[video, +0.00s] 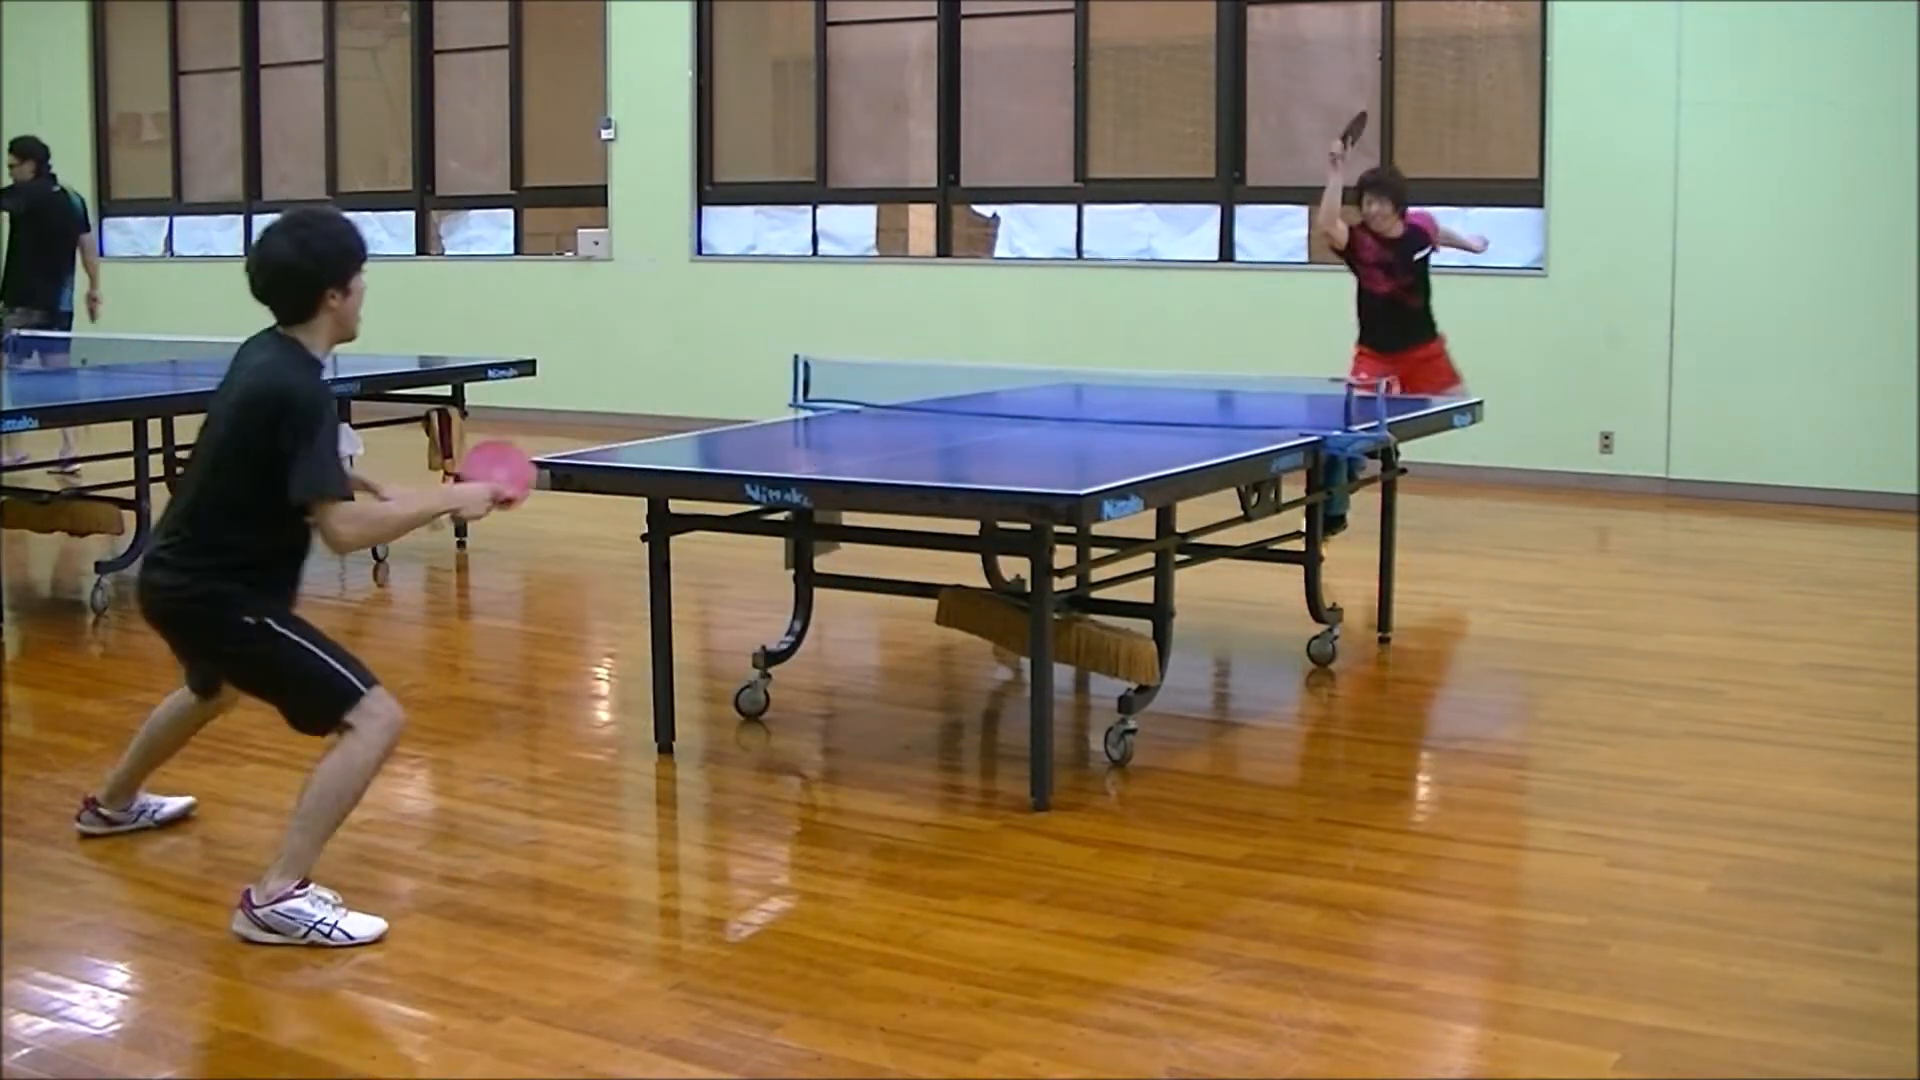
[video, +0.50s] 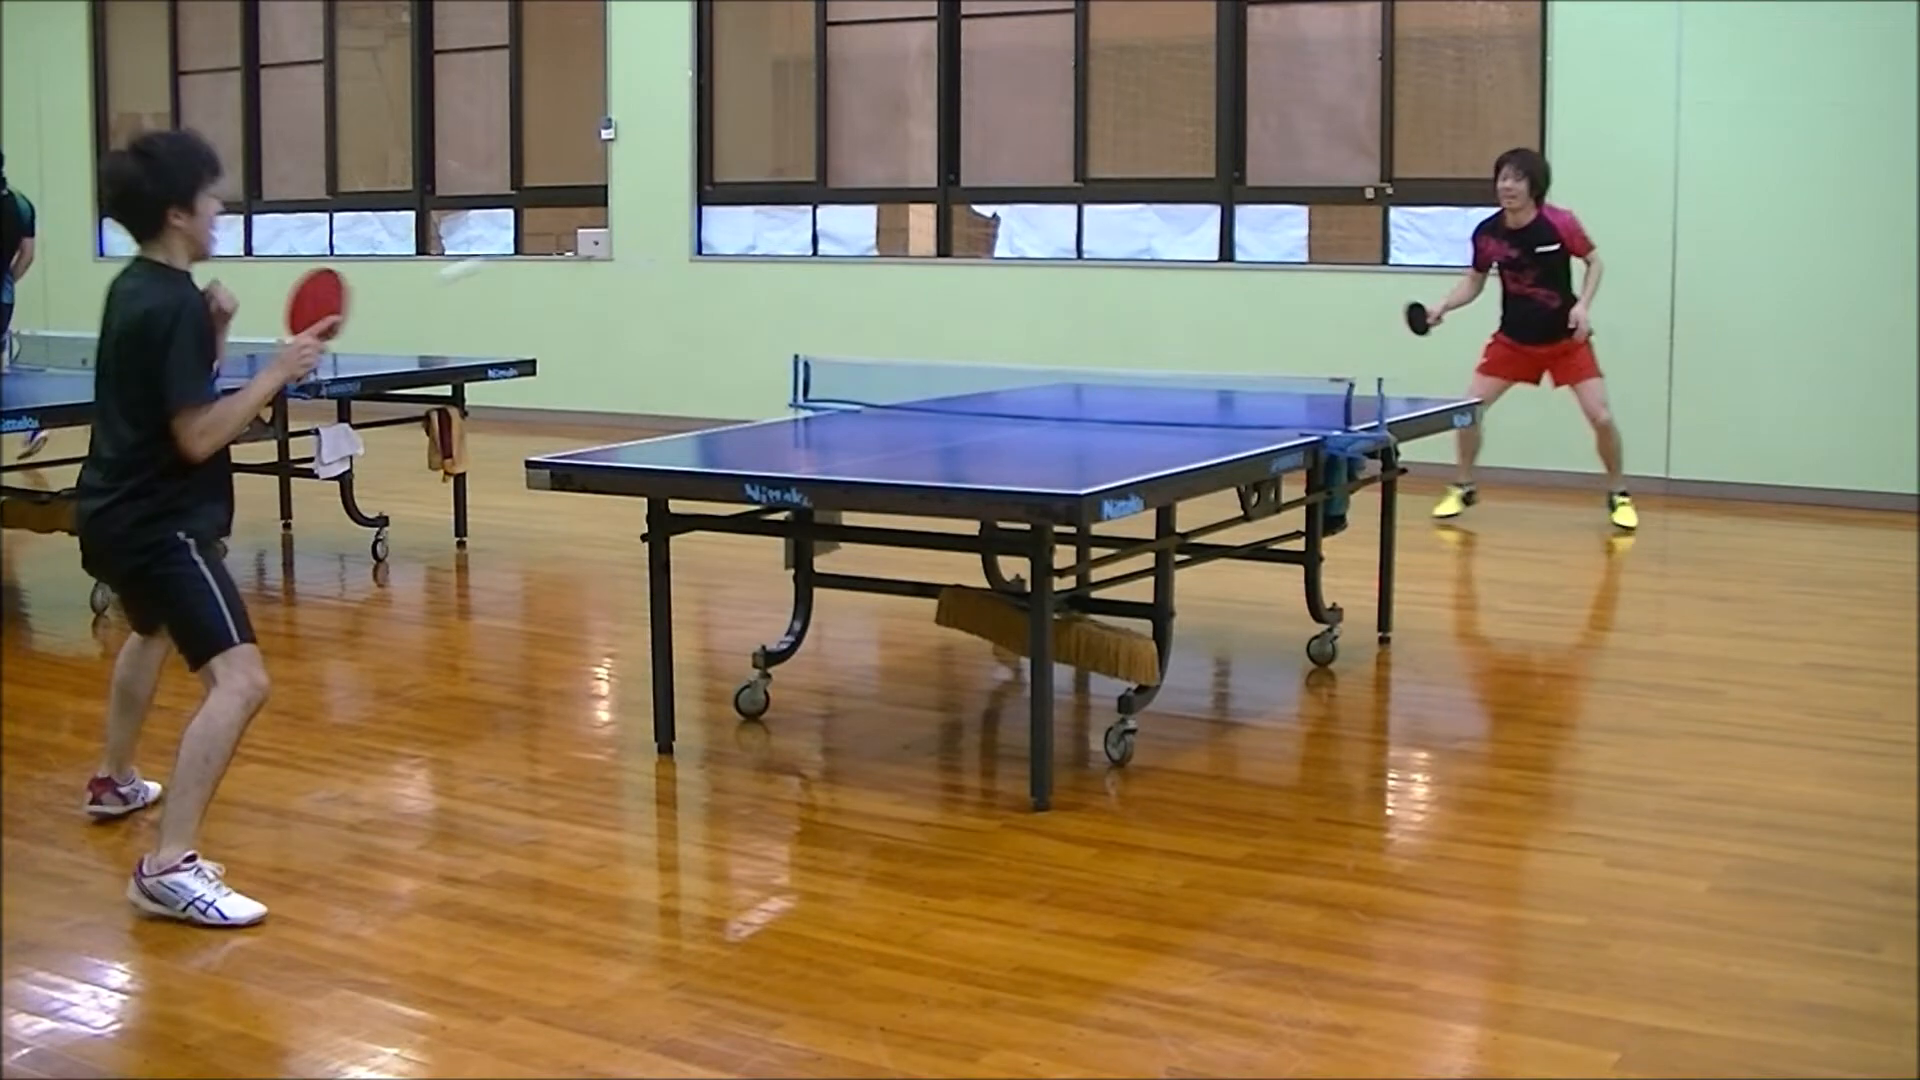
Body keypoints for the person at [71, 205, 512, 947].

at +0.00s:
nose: (363, 292)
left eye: (360, 278)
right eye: (358, 280)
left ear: (288, 293)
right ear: (333, 297)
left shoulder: (265, 356)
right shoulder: (302, 389)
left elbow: (286, 454)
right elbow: (342, 528)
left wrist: (366, 486)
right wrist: (449, 500)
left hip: (173, 579)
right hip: (215, 597)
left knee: (214, 686)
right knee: (376, 717)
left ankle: (111, 803)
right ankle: (279, 893)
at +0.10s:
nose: (340, 280)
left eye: (337, 267)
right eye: (335, 268)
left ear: (277, 279)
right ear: (309, 282)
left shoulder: (258, 343)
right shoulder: (256, 372)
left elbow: (294, 423)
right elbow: (292, 520)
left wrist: (366, 449)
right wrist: (406, 510)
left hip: (168, 548)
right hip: (171, 565)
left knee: (225, 647)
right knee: (314, 693)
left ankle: (117, 786)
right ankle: (277, 893)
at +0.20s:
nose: (314, 272)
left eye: (312, 259)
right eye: (308, 261)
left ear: (259, 270)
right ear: (274, 276)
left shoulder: (263, 333)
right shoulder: (203, 361)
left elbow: (304, 405)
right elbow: (199, 508)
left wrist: (314, 413)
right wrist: (322, 499)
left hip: (190, 535)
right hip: (144, 543)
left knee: (220, 653)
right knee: (277, 674)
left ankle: (116, 767)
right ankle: (217, 873)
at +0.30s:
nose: (287, 290)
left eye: (285, 277)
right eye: (278, 280)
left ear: (236, 291)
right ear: (240, 293)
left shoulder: (241, 348)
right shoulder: (168, 389)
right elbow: (151, 532)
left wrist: (280, 417)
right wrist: (247, 468)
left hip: (185, 549)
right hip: (136, 564)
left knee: (218, 676)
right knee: (249, 685)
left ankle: (103, 783)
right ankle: (169, 871)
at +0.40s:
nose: (267, 256)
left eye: (262, 241)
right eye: (257, 244)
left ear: (211, 261)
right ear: (222, 267)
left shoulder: (194, 316)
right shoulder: (171, 356)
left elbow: (198, 389)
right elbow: (165, 501)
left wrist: (242, 381)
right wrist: (250, 434)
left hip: (164, 529)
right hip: (129, 544)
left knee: (195, 649)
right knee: (245, 682)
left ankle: (110, 783)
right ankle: (169, 870)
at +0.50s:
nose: (222, 212)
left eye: (218, 199)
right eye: (214, 201)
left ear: (159, 214)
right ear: (181, 215)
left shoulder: (132, 286)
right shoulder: (176, 302)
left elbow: (150, 398)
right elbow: (199, 435)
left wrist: (207, 332)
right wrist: (276, 374)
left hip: (110, 512)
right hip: (157, 523)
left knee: (152, 626)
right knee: (241, 680)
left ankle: (113, 780)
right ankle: (169, 865)